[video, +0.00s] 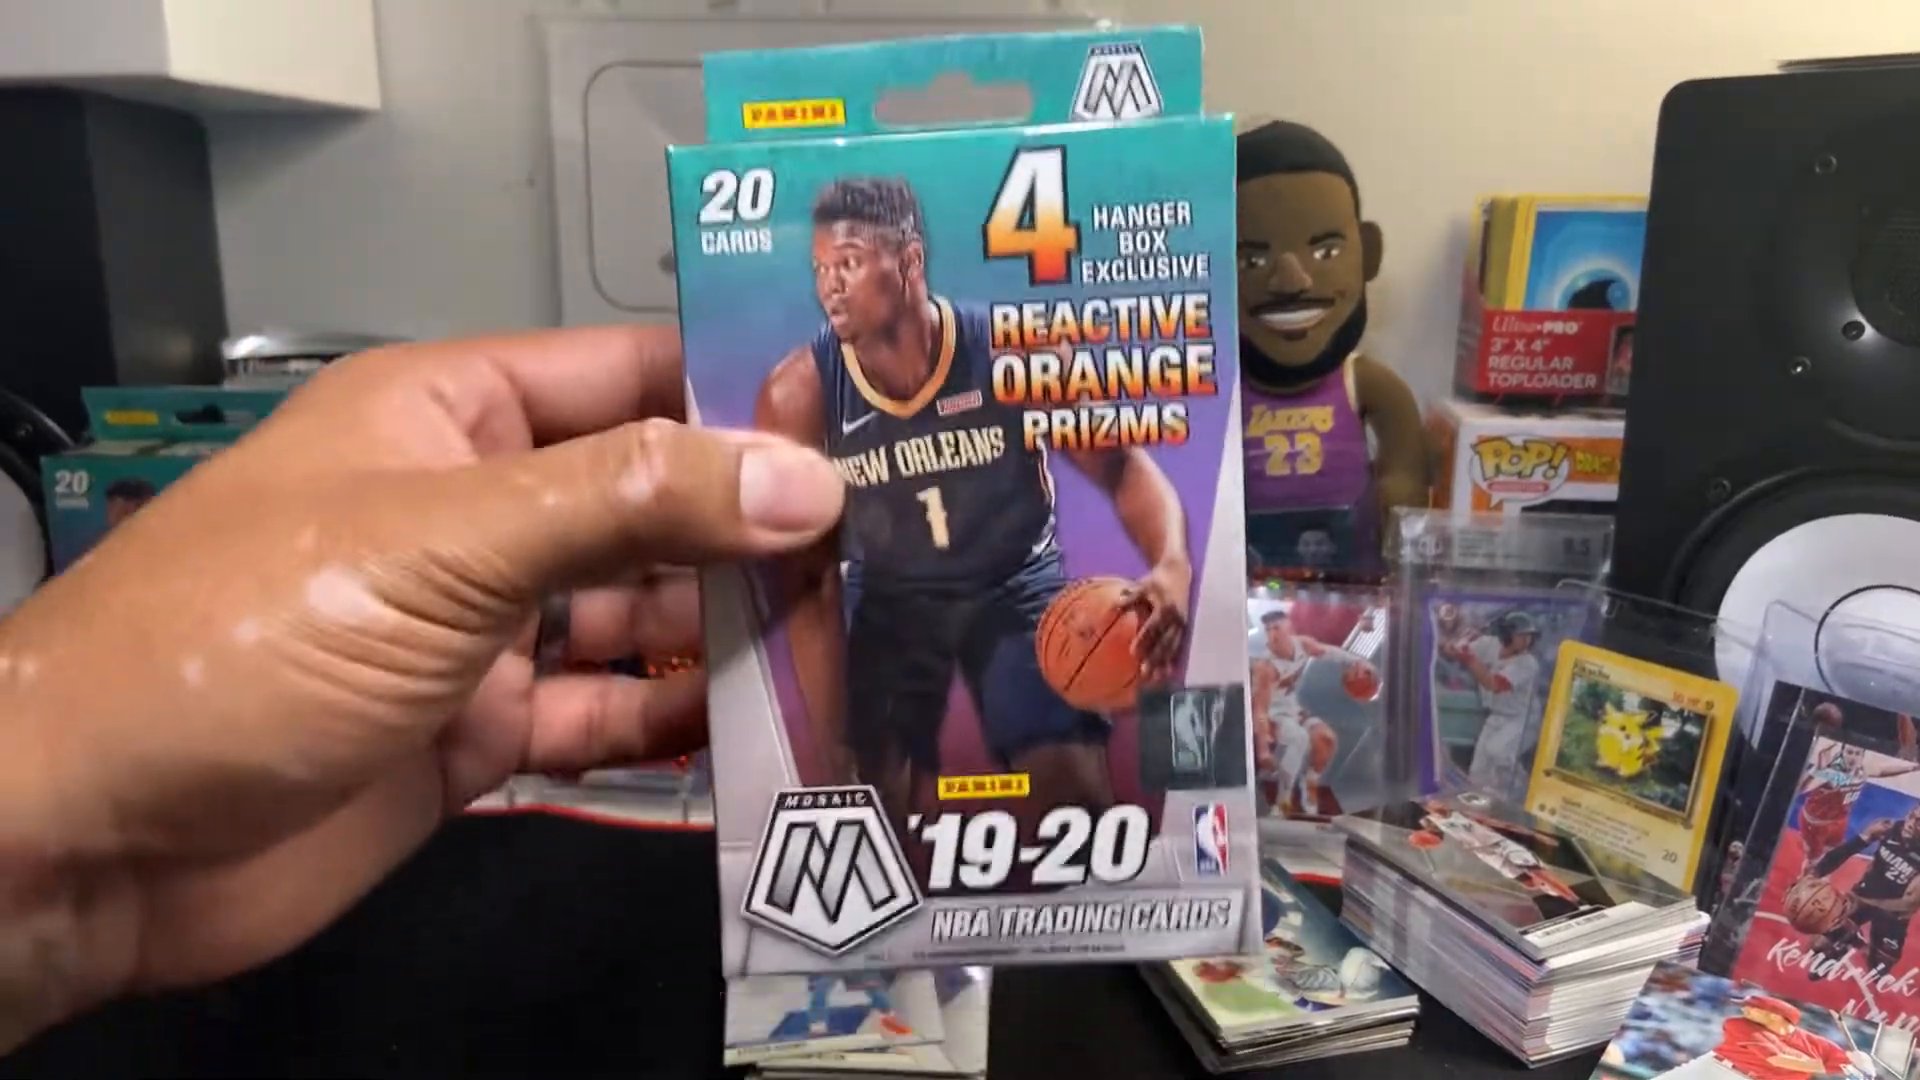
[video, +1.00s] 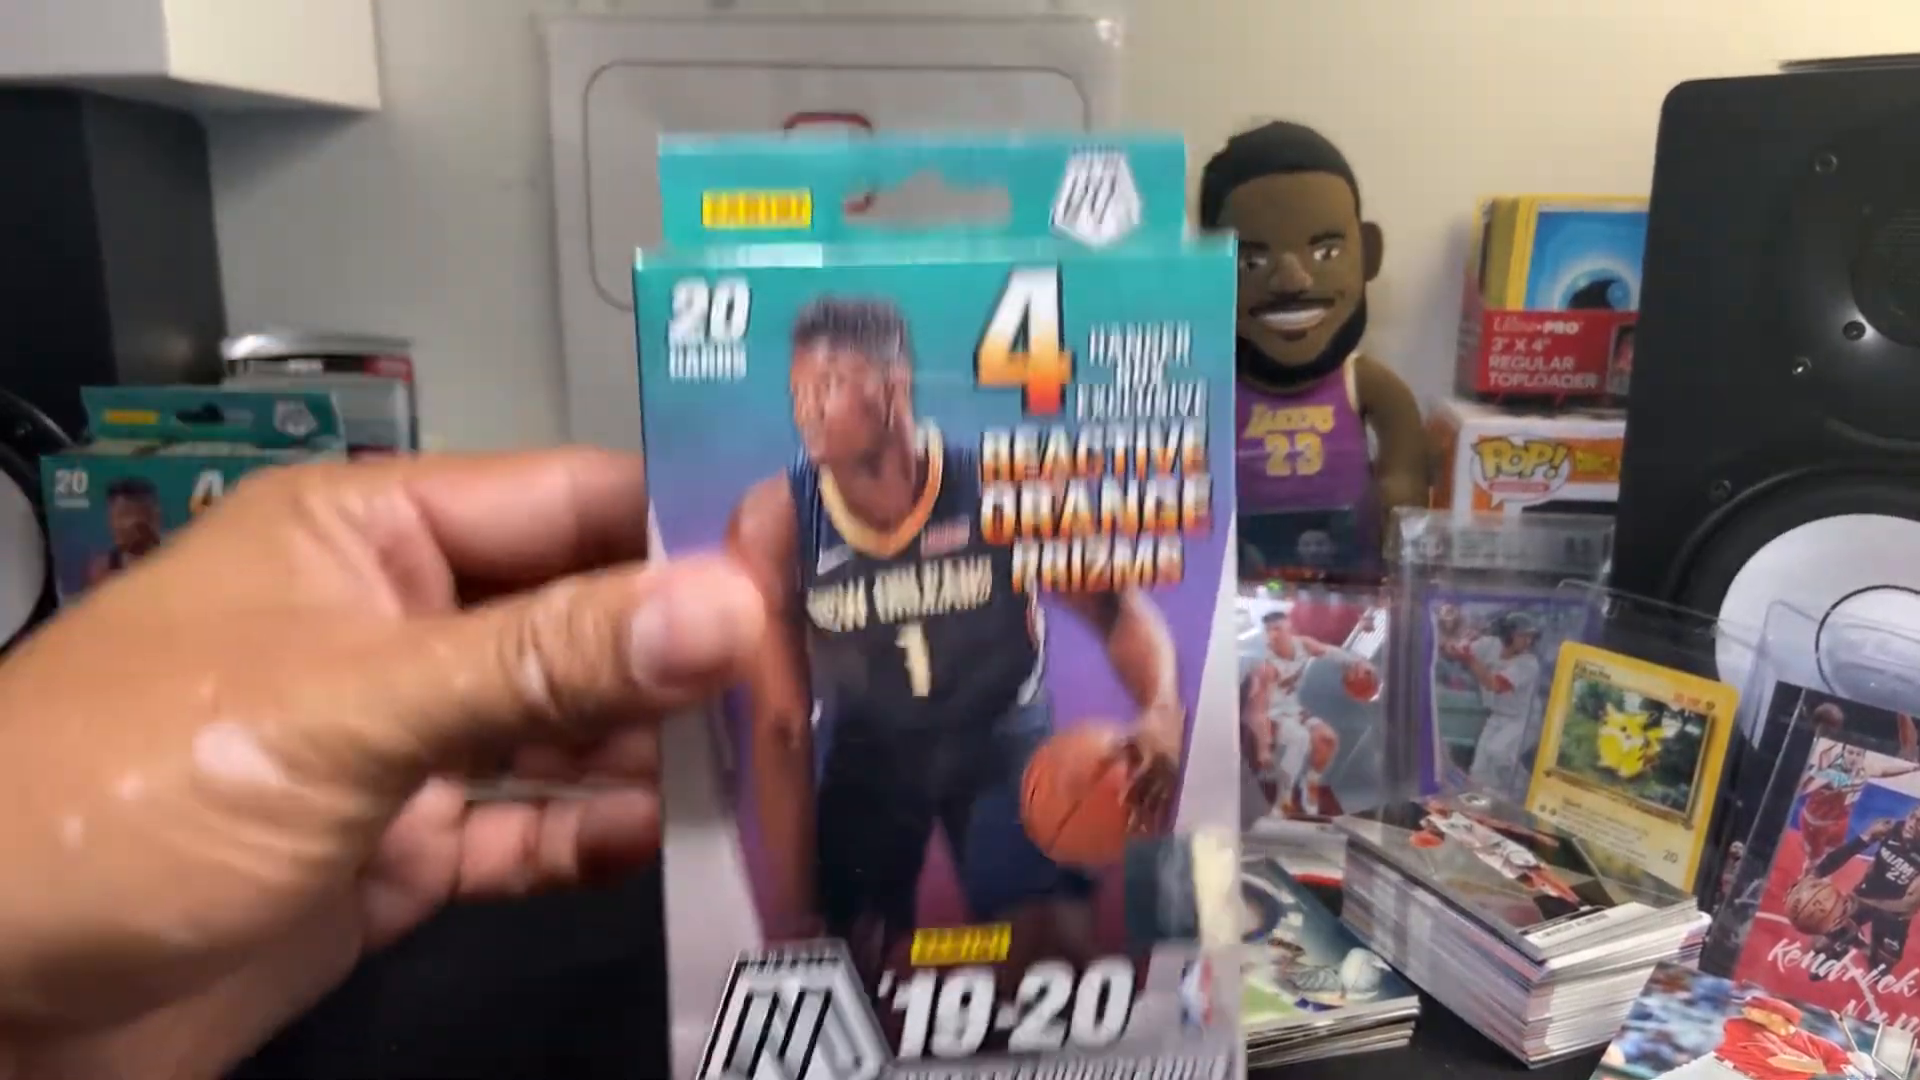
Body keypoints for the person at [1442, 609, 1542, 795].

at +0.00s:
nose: (1527, 641)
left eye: (1529, 636)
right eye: (1522, 636)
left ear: (1532, 638)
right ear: (1509, 636)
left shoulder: (1528, 663)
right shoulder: (1490, 645)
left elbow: (1496, 684)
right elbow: (1460, 651)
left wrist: (1470, 661)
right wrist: (1447, 648)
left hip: (1519, 722)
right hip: (1495, 718)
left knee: (1496, 751)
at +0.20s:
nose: (1527, 641)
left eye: (1529, 636)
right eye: (1522, 636)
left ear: (1532, 638)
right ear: (1509, 636)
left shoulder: (1528, 663)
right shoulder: (1490, 646)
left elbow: (1496, 685)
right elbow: (1460, 652)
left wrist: (1470, 661)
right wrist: (1447, 648)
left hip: (1520, 722)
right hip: (1496, 718)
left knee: (1496, 750)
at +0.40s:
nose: (1527, 641)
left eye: (1529, 637)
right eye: (1522, 636)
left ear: (1532, 638)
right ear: (1509, 636)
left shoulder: (1528, 663)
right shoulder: (1490, 645)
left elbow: (1496, 685)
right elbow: (1457, 651)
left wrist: (1470, 660)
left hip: (1520, 721)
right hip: (1496, 717)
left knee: (1496, 751)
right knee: (1479, 765)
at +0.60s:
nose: (1527, 642)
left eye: (1529, 637)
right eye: (1522, 637)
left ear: (1532, 639)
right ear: (1509, 636)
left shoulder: (1528, 663)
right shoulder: (1490, 645)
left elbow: (1496, 685)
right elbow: (1458, 651)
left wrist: (1470, 660)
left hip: (1517, 722)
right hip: (1495, 717)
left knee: (1497, 753)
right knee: (1479, 764)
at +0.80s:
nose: (1527, 642)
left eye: (1529, 637)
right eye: (1522, 636)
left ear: (1532, 639)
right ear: (1509, 636)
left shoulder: (1528, 663)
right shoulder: (1490, 646)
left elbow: (1496, 685)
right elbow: (1461, 650)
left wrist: (1470, 660)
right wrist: (1447, 646)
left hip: (1517, 722)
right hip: (1495, 717)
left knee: (1496, 752)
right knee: (1480, 762)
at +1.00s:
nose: (1528, 642)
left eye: (1531, 637)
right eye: (1523, 636)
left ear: (1533, 639)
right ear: (1510, 635)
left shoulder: (1529, 663)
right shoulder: (1491, 645)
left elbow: (1496, 684)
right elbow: (1460, 650)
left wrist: (1471, 659)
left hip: (1518, 722)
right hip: (1495, 717)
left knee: (1497, 752)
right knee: (1482, 755)